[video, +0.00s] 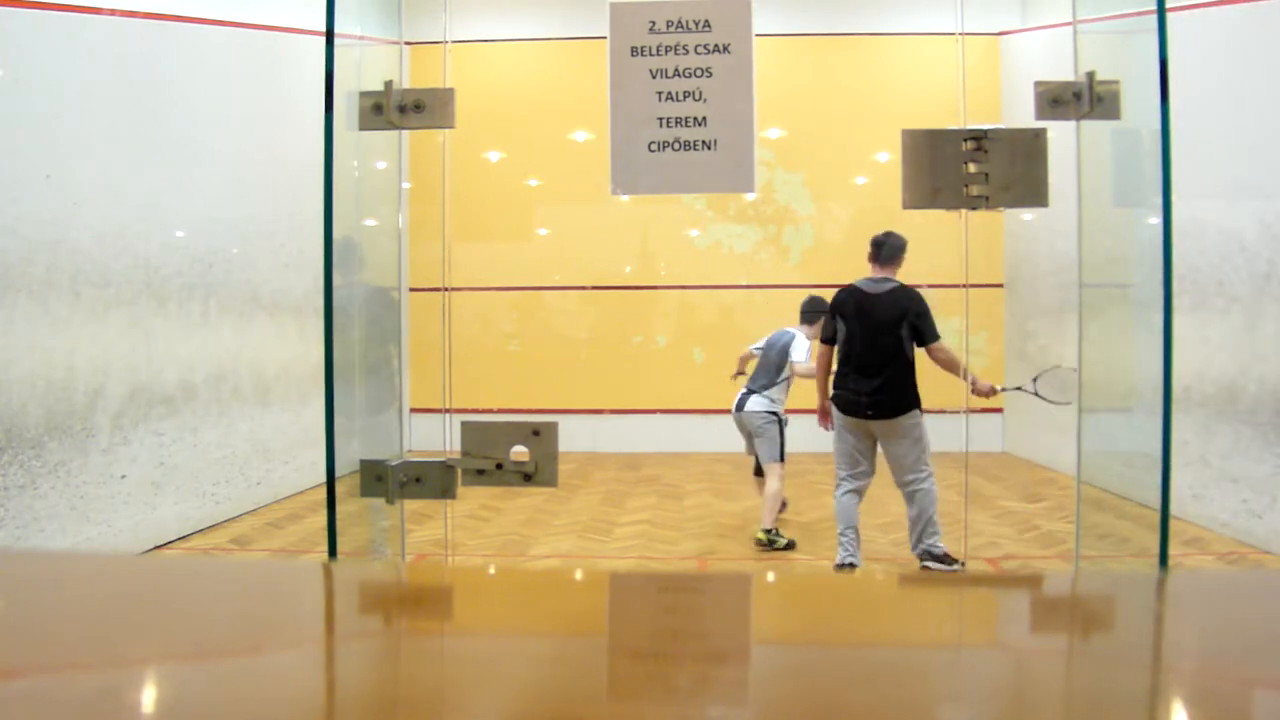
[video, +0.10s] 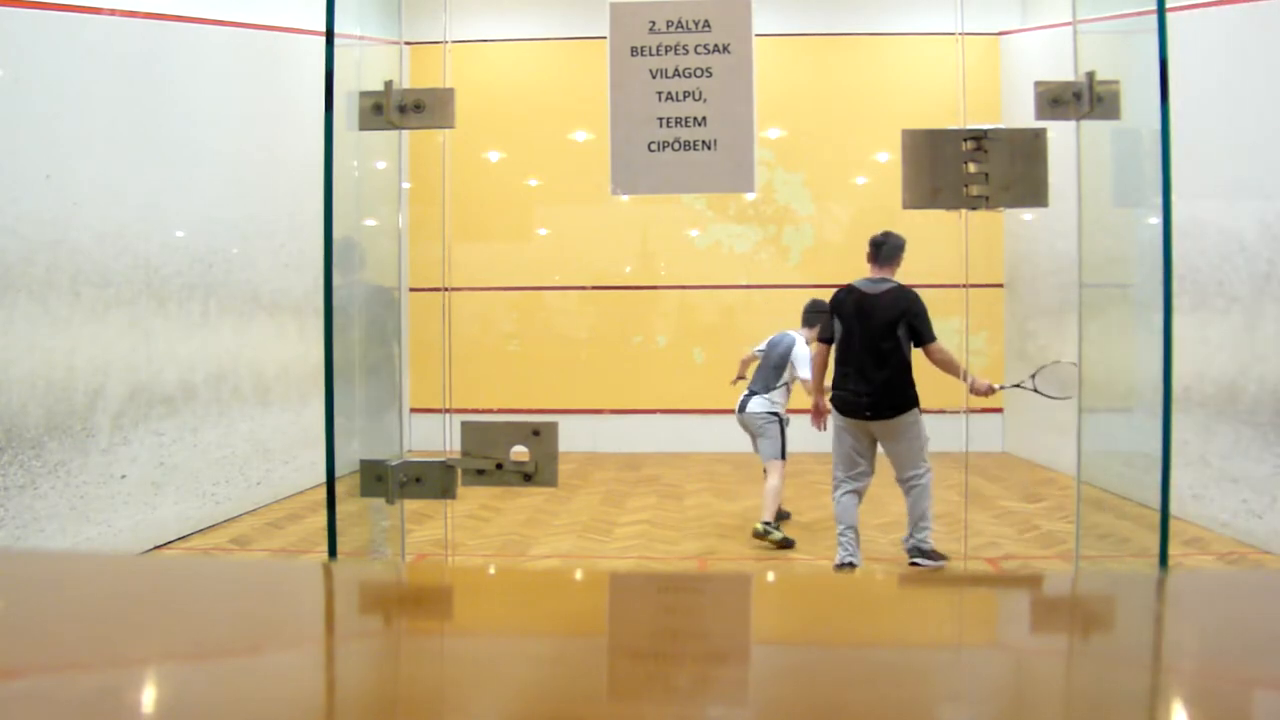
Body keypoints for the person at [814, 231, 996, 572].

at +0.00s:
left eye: (870, 257)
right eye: (900, 260)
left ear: (869, 258)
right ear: (900, 261)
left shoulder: (844, 298)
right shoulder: (909, 299)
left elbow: (824, 354)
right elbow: (937, 351)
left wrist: (822, 399)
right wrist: (973, 381)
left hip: (849, 405)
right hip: (896, 406)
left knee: (849, 481)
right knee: (916, 479)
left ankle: (846, 555)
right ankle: (930, 549)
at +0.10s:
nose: (899, 264)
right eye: (900, 260)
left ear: (868, 257)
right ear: (898, 261)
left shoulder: (842, 298)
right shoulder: (906, 299)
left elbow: (821, 350)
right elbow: (934, 351)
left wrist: (817, 396)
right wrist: (970, 379)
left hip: (849, 405)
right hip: (895, 407)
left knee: (847, 482)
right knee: (916, 476)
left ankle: (846, 553)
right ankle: (920, 546)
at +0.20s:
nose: (901, 269)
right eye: (903, 264)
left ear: (870, 262)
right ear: (901, 266)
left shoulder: (844, 301)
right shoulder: (907, 304)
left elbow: (820, 353)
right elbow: (934, 357)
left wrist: (814, 399)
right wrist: (970, 384)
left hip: (850, 409)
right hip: (896, 410)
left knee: (848, 483)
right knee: (913, 479)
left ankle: (847, 551)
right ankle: (909, 545)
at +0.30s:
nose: (904, 272)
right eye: (906, 269)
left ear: (872, 266)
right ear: (904, 271)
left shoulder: (847, 305)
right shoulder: (911, 310)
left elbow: (820, 358)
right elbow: (936, 363)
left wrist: (813, 403)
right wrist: (969, 393)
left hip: (852, 412)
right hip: (898, 413)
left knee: (847, 484)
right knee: (909, 486)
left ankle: (847, 552)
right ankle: (906, 550)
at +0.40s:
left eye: (876, 262)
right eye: (903, 266)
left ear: (872, 264)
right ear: (903, 268)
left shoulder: (847, 301)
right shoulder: (911, 306)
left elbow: (820, 350)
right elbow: (935, 362)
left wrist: (815, 396)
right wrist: (960, 397)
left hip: (852, 406)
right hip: (899, 408)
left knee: (841, 477)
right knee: (911, 480)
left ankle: (843, 547)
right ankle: (911, 547)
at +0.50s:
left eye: (870, 269)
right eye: (898, 273)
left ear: (870, 271)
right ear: (901, 275)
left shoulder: (847, 306)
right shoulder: (910, 312)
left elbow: (816, 353)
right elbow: (932, 368)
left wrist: (808, 400)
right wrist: (953, 408)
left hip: (851, 408)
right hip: (899, 409)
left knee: (832, 479)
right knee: (918, 475)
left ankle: (822, 551)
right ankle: (917, 541)